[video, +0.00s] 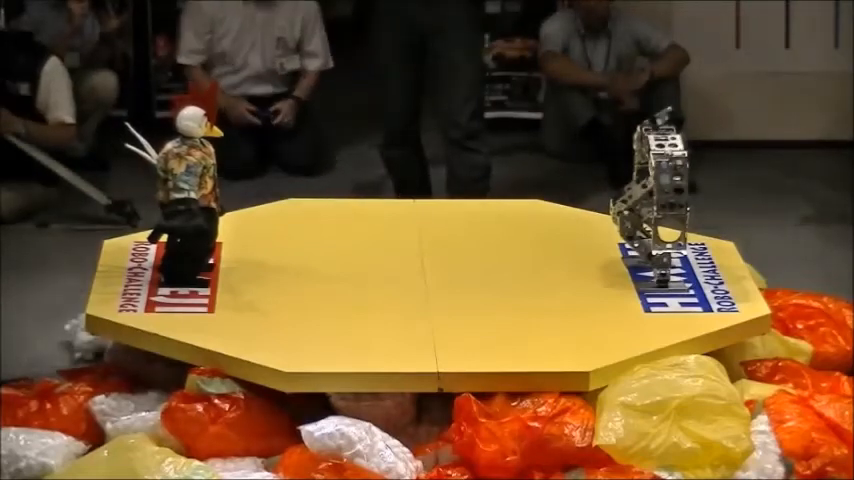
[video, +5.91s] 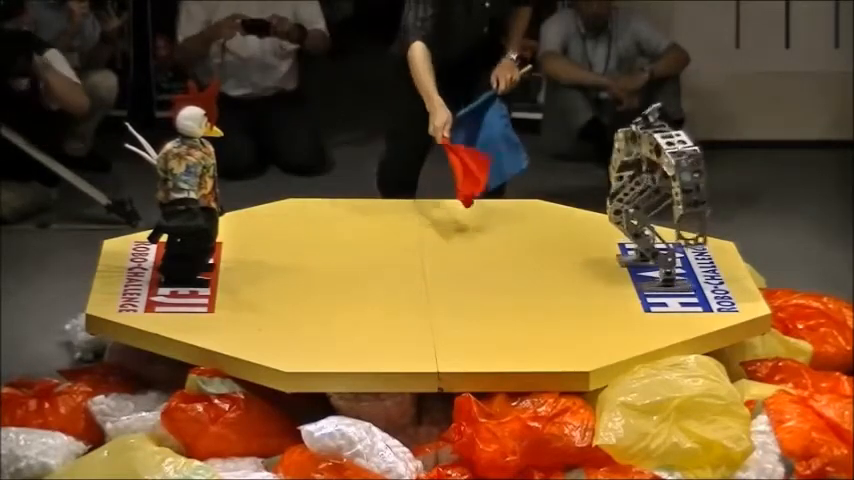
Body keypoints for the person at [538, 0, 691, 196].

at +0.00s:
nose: (595, 8)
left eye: (601, 2)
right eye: (588, 3)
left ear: (610, 4)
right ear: (574, 5)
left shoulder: (625, 25)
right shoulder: (558, 26)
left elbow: (679, 55)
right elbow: (551, 65)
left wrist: (645, 74)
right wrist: (608, 82)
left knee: (666, 80)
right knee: (564, 83)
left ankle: (669, 166)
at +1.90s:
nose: (596, 8)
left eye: (602, 4)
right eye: (589, 4)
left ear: (611, 5)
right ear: (573, 6)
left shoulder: (628, 23)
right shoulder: (558, 24)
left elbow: (680, 55)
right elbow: (553, 65)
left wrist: (644, 76)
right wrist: (608, 82)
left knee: (666, 79)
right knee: (560, 82)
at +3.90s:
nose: (595, 8)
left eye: (601, 1)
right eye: (587, 2)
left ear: (610, 4)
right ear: (574, 5)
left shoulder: (626, 23)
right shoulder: (558, 24)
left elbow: (679, 56)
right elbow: (553, 67)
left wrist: (643, 76)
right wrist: (610, 83)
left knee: (666, 80)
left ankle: (670, 167)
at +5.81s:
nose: (597, 9)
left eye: (603, 3)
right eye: (590, 3)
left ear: (611, 4)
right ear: (577, 5)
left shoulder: (627, 24)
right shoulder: (558, 24)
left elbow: (679, 57)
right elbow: (550, 65)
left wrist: (643, 76)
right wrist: (609, 83)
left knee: (667, 81)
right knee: (565, 89)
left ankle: (667, 163)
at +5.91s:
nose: (597, 9)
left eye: (603, 4)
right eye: (590, 4)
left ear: (612, 5)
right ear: (576, 6)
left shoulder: (629, 23)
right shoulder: (558, 24)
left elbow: (679, 56)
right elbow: (551, 65)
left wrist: (643, 76)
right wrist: (609, 83)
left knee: (667, 79)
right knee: (565, 90)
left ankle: (666, 151)